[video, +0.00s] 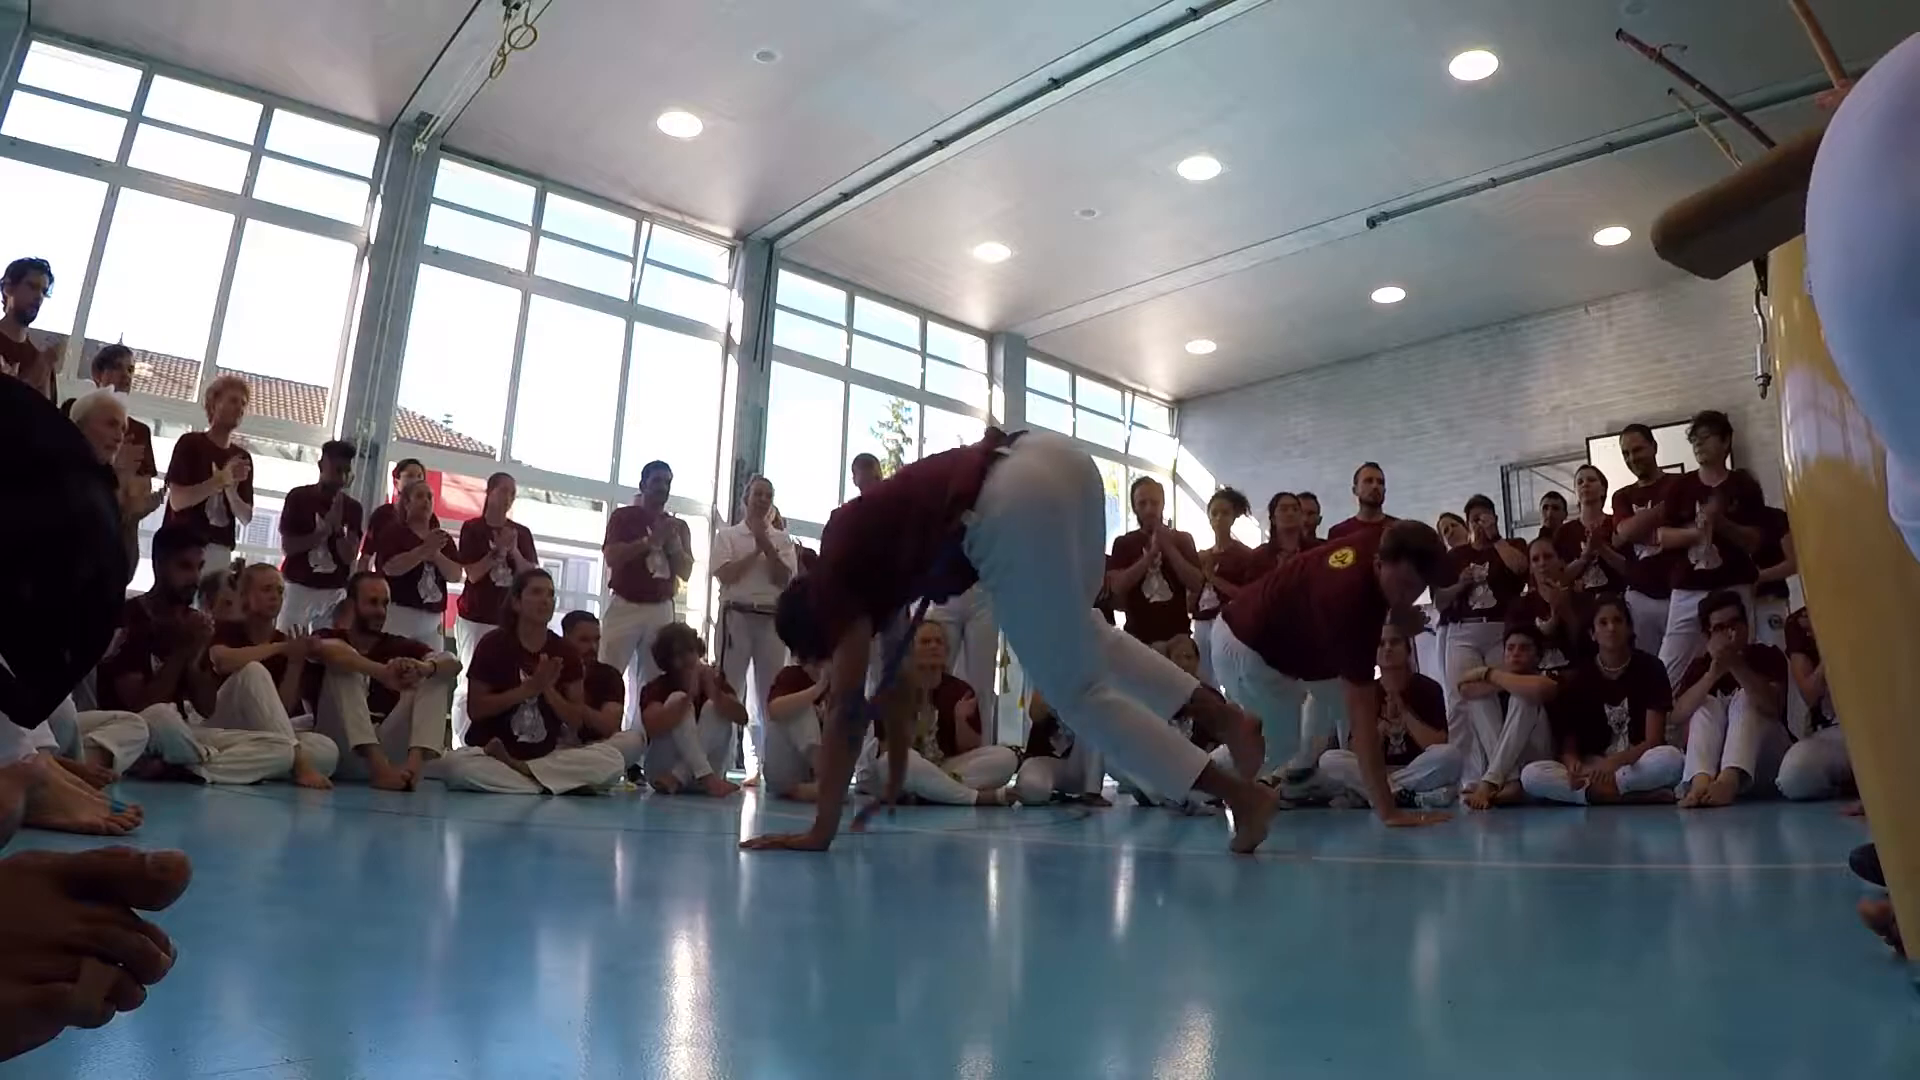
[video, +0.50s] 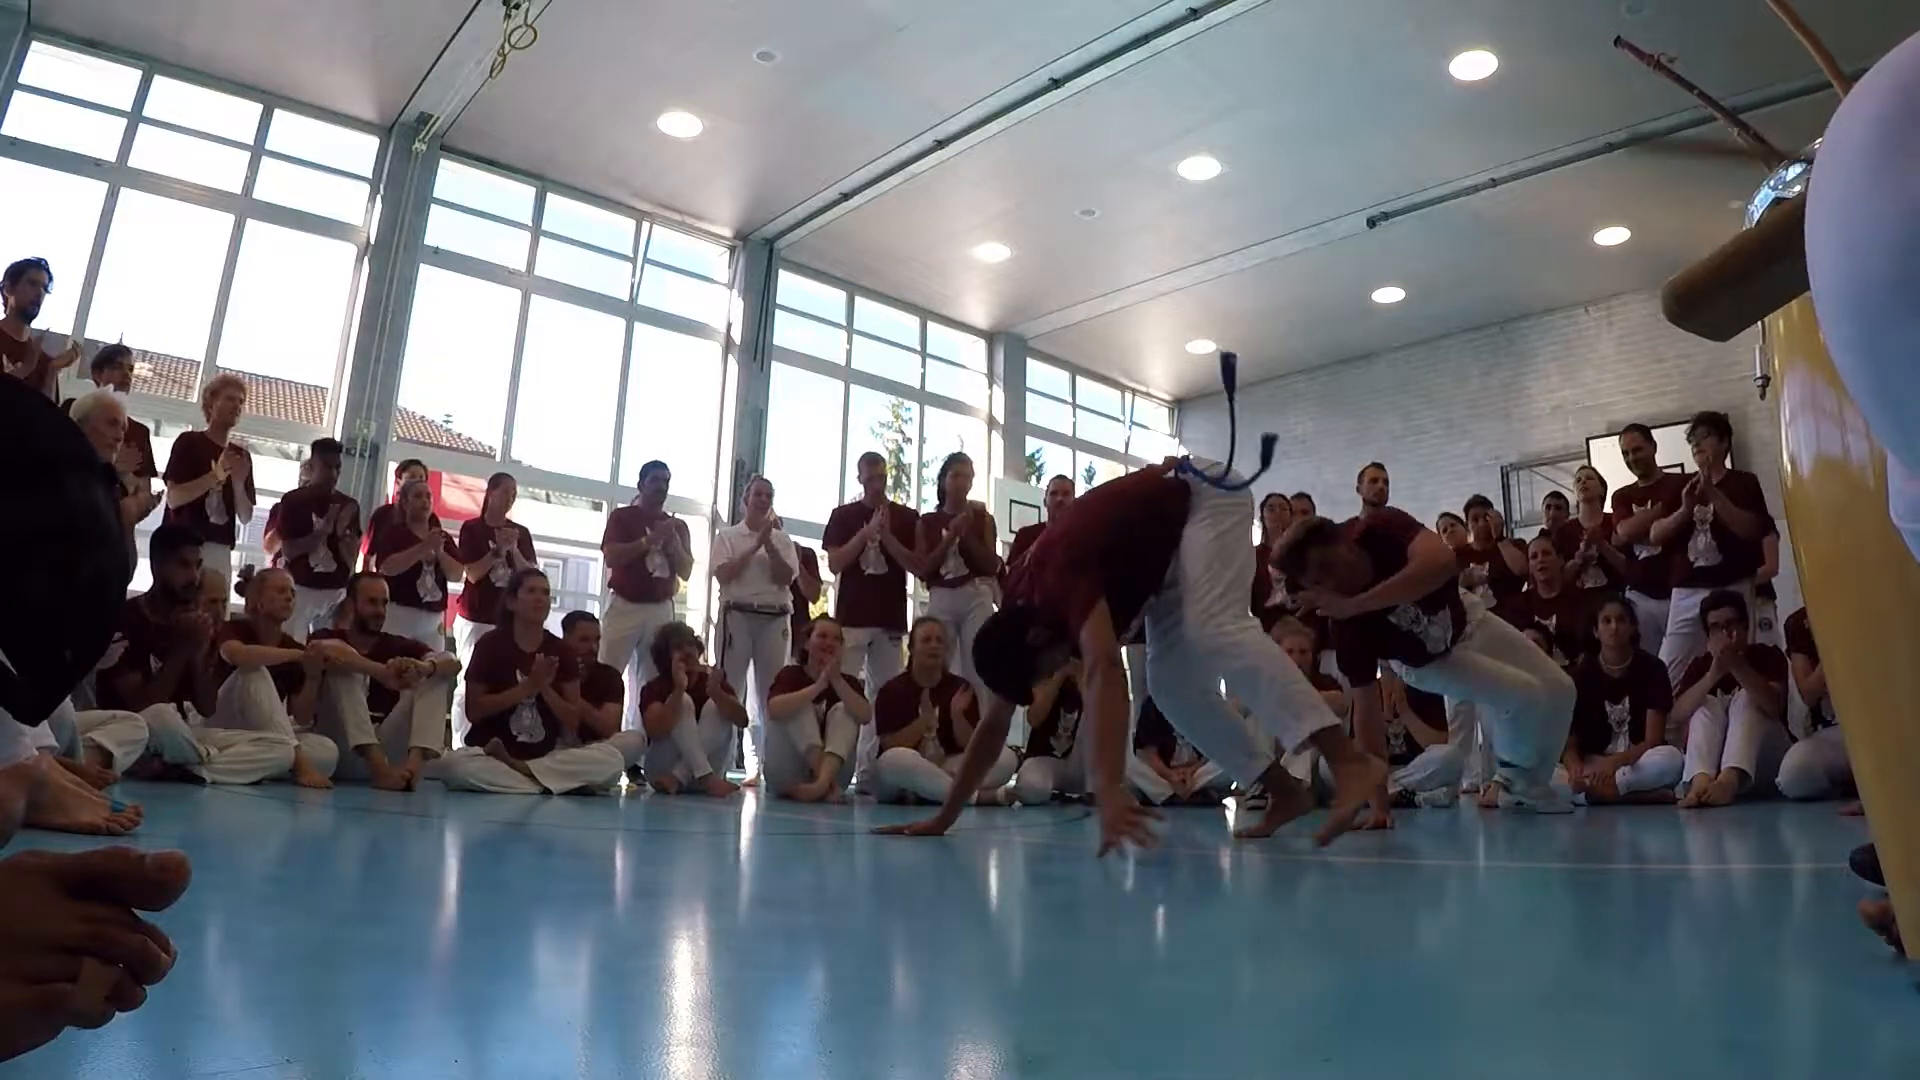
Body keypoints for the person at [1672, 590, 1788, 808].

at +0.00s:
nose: (1729, 633)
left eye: (1735, 624)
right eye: (1720, 628)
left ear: (1746, 625)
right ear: (1708, 634)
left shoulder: (1769, 655)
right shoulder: (1700, 664)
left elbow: (1773, 707)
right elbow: (1677, 715)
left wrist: (1735, 663)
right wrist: (1712, 674)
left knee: (1745, 697)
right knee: (1707, 703)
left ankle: (1729, 779)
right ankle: (1700, 781)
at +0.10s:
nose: (1729, 633)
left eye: (1735, 624)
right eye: (1720, 627)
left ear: (1746, 625)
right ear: (1708, 633)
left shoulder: (1769, 655)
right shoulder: (1700, 665)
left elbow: (1773, 707)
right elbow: (1676, 715)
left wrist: (1735, 664)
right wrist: (1712, 674)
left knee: (1745, 697)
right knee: (1707, 703)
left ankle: (1728, 779)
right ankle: (1700, 781)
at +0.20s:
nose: (1730, 632)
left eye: (1736, 624)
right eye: (1720, 627)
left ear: (1746, 624)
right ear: (1708, 634)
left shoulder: (1769, 655)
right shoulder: (1700, 665)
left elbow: (1773, 707)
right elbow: (1677, 715)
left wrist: (1736, 665)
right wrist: (1711, 674)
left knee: (1745, 697)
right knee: (1707, 703)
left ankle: (1729, 779)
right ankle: (1700, 781)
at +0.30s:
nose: (1730, 632)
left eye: (1736, 624)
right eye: (1720, 627)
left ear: (1747, 625)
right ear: (1708, 635)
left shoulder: (1769, 655)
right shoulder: (1700, 664)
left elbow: (1773, 707)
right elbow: (1677, 714)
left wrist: (1736, 665)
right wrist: (1711, 675)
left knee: (1745, 697)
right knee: (1707, 702)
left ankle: (1729, 779)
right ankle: (1700, 781)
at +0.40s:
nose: (1729, 633)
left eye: (1735, 624)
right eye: (1720, 627)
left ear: (1746, 625)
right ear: (1708, 634)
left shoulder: (1769, 655)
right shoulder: (1700, 664)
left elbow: (1774, 707)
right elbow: (1677, 714)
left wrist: (1735, 664)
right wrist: (1713, 673)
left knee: (1745, 697)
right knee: (1707, 703)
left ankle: (1729, 779)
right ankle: (1700, 781)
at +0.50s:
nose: (1725, 633)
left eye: (1731, 625)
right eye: (1716, 628)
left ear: (1745, 625)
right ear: (1707, 634)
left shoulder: (1768, 655)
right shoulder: (1700, 664)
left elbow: (1775, 708)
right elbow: (1677, 714)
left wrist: (1736, 664)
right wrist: (1713, 674)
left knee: (1745, 697)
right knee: (1707, 703)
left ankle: (1729, 779)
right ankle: (1700, 781)